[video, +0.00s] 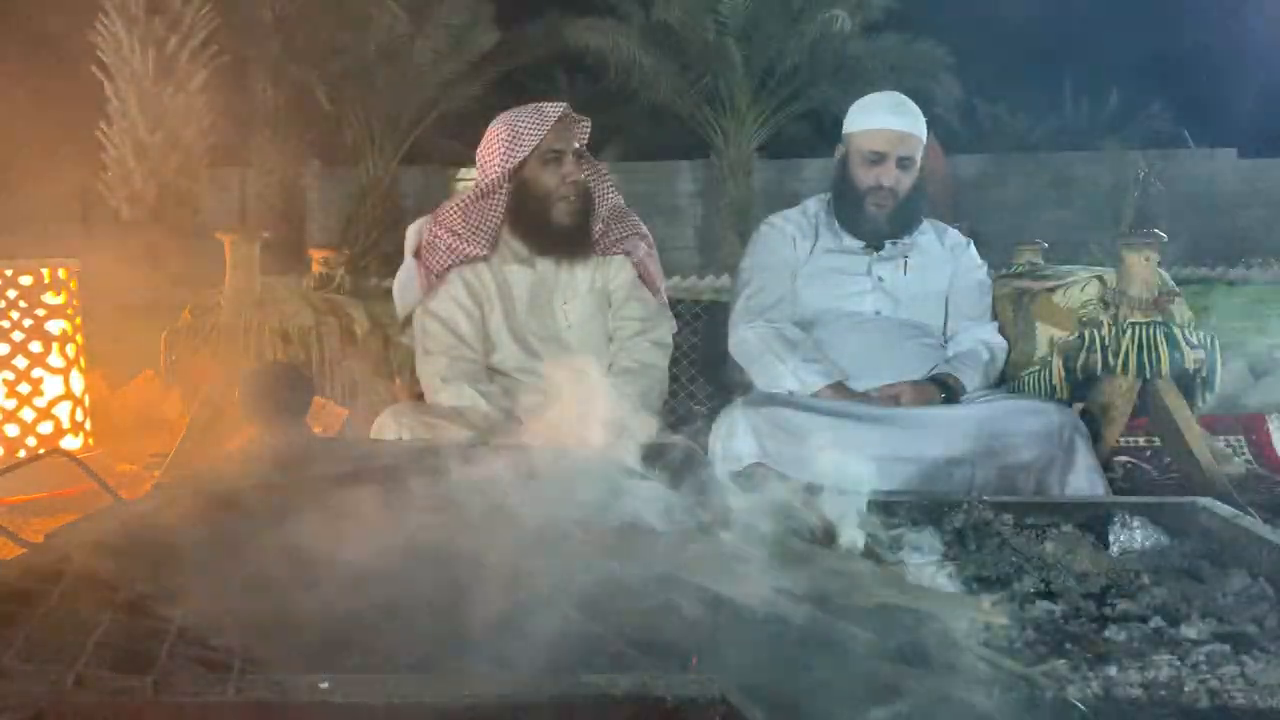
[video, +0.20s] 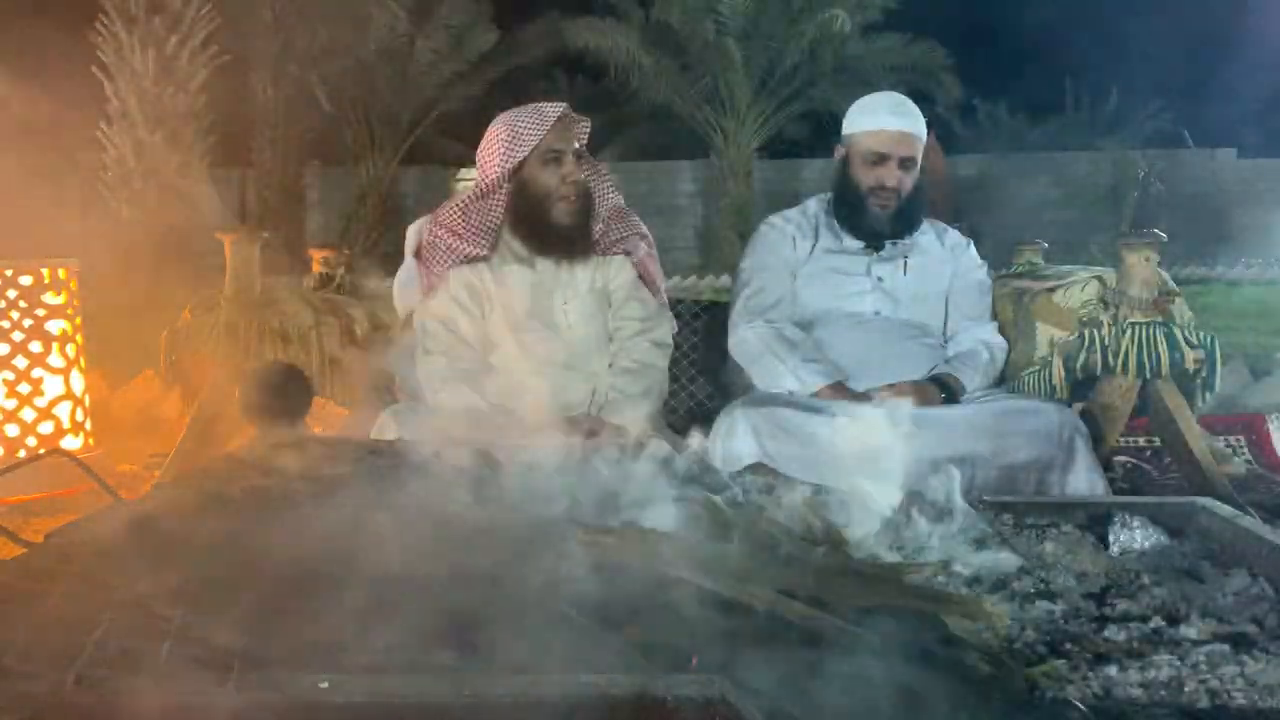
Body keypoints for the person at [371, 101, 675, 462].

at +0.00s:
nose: (575, 174)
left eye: (578, 159)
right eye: (553, 161)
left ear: (589, 167)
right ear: (508, 177)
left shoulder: (615, 262)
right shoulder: (459, 268)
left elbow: (643, 362)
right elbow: (450, 382)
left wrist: (598, 434)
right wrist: (515, 440)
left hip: (596, 439)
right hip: (495, 440)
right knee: (396, 427)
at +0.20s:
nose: (575, 175)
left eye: (579, 160)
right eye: (553, 161)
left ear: (589, 170)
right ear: (509, 177)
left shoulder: (612, 266)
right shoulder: (465, 279)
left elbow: (644, 351)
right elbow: (446, 386)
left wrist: (616, 424)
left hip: (601, 447)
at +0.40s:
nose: (575, 174)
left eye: (577, 158)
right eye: (552, 160)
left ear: (586, 166)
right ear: (508, 176)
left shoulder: (611, 260)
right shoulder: (463, 268)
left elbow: (644, 351)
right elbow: (449, 379)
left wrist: (606, 427)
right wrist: (528, 428)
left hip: (602, 427)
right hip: (500, 430)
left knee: (681, 448)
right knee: (396, 428)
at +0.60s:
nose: (574, 174)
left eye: (575, 157)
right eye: (550, 160)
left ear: (584, 164)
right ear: (506, 178)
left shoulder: (612, 260)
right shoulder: (463, 268)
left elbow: (644, 357)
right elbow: (450, 379)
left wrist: (593, 431)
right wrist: (516, 439)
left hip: (599, 428)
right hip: (499, 428)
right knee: (396, 424)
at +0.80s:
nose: (570, 173)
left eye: (572, 155)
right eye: (545, 160)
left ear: (582, 161)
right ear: (503, 180)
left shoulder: (612, 258)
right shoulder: (464, 269)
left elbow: (642, 354)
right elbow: (448, 381)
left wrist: (601, 426)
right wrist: (518, 440)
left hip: (598, 423)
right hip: (501, 425)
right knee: (395, 425)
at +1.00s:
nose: (568, 172)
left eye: (571, 155)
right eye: (542, 160)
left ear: (583, 162)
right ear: (500, 180)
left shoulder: (623, 256)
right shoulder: (461, 279)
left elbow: (645, 356)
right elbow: (451, 384)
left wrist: (597, 427)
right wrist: (520, 441)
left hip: (599, 439)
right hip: (497, 441)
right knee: (397, 425)